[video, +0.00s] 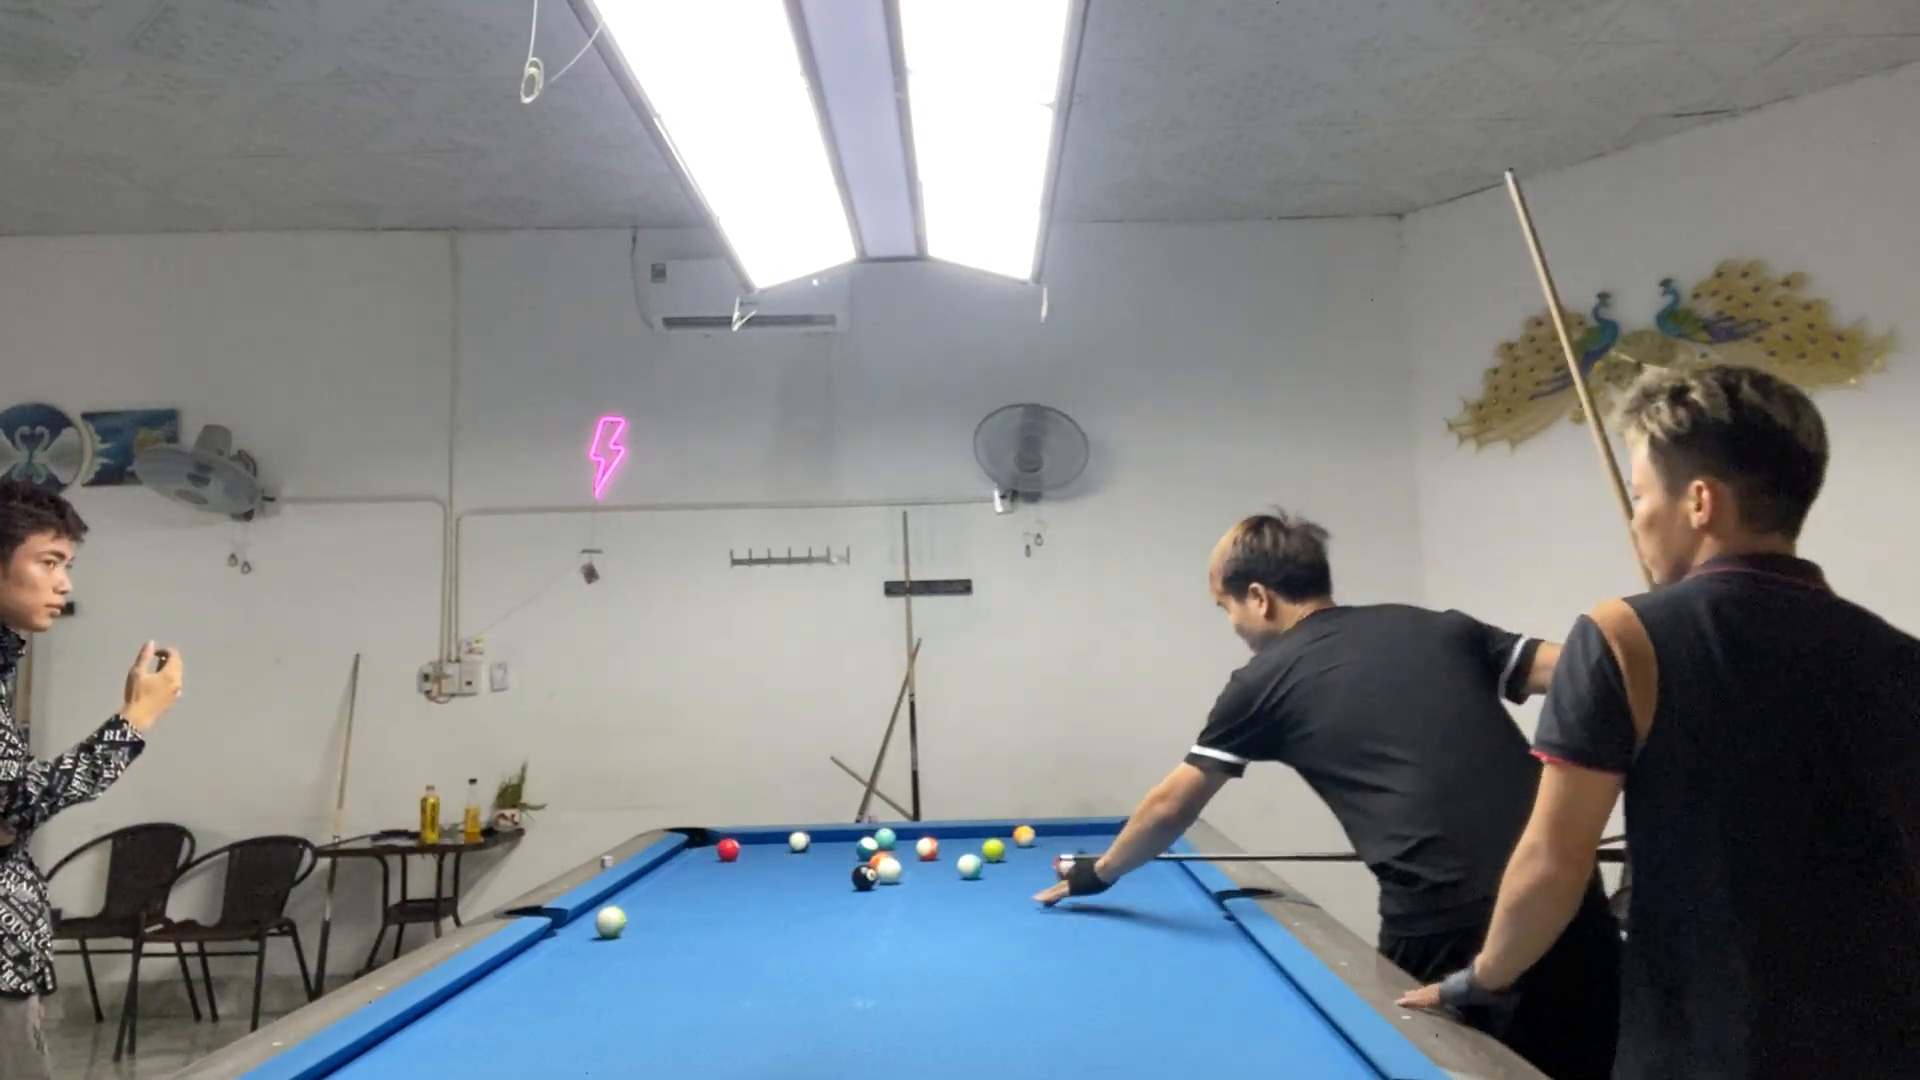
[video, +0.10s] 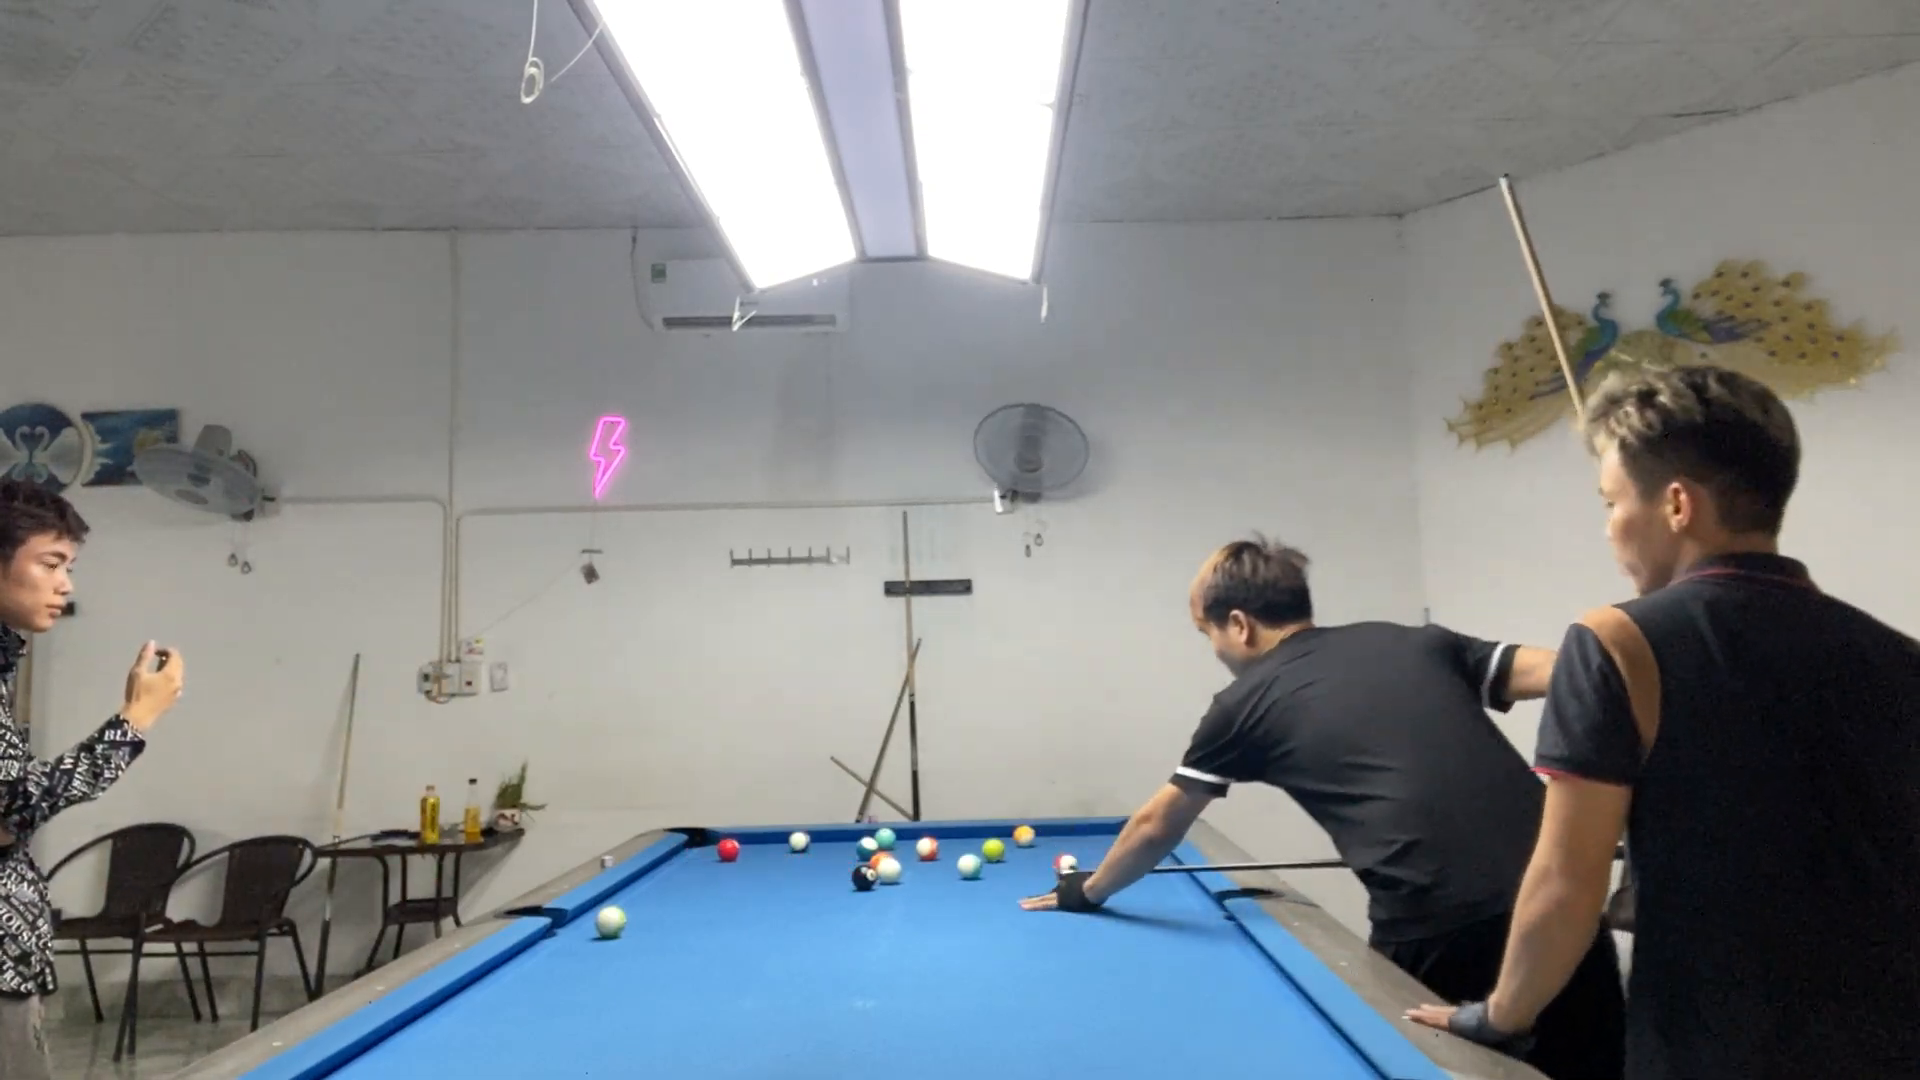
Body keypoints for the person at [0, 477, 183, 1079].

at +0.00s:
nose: (65, 584)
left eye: (67, 566)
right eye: (49, 562)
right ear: (1, 565)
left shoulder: (6, 670)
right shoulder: (3, 673)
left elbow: (22, 795)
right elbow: (19, 799)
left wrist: (131, 721)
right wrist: (134, 722)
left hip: (19, 973)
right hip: (10, 977)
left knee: (30, 1068)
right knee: (26, 1069)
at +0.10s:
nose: (67, 585)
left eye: (68, 568)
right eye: (51, 563)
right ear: (2, 565)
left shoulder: (6, 669)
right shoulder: (4, 672)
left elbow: (22, 794)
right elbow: (20, 800)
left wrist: (131, 721)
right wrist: (134, 721)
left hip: (19, 972)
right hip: (9, 976)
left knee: (29, 1069)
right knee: (26, 1070)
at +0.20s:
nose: (68, 586)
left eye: (69, 568)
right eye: (53, 564)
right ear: (3, 566)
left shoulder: (8, 669)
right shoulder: (4, 672)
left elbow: (23, 794)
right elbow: (21, 800)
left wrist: (131, 722)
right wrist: (134, 722)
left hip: (19, 973)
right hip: (10, 977)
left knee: (29, 1069)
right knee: (26, 1070)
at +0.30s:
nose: (69, 586)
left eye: (70, 568)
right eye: (55, 565)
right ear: (4, 566)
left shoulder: (8, 669)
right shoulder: (5, 672)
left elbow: (23, 794)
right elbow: (21, 800)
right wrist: (135, 722)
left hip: (20, 977)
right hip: (11, 980)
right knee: (27, 1070)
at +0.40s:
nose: (69, 587)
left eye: (71, 569)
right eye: (56, 565)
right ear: (5, 566)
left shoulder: (9, 667)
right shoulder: (5, 669)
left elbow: (23, 795)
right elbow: (22, 799)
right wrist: (137, 721)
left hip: (20, 974)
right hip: (11, 977)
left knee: (29, 1069)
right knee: (26, 1071)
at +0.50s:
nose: (70, 588)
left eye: (71, 569)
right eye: (56, 565)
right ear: (6, 567)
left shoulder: (9, 667)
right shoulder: (5, 670)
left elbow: (25, 795)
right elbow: (25, 799)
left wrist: (14, 824)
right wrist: (139, 720)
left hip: (20, 972)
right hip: (11, 974)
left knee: (30, 1069)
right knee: (26, 1070)